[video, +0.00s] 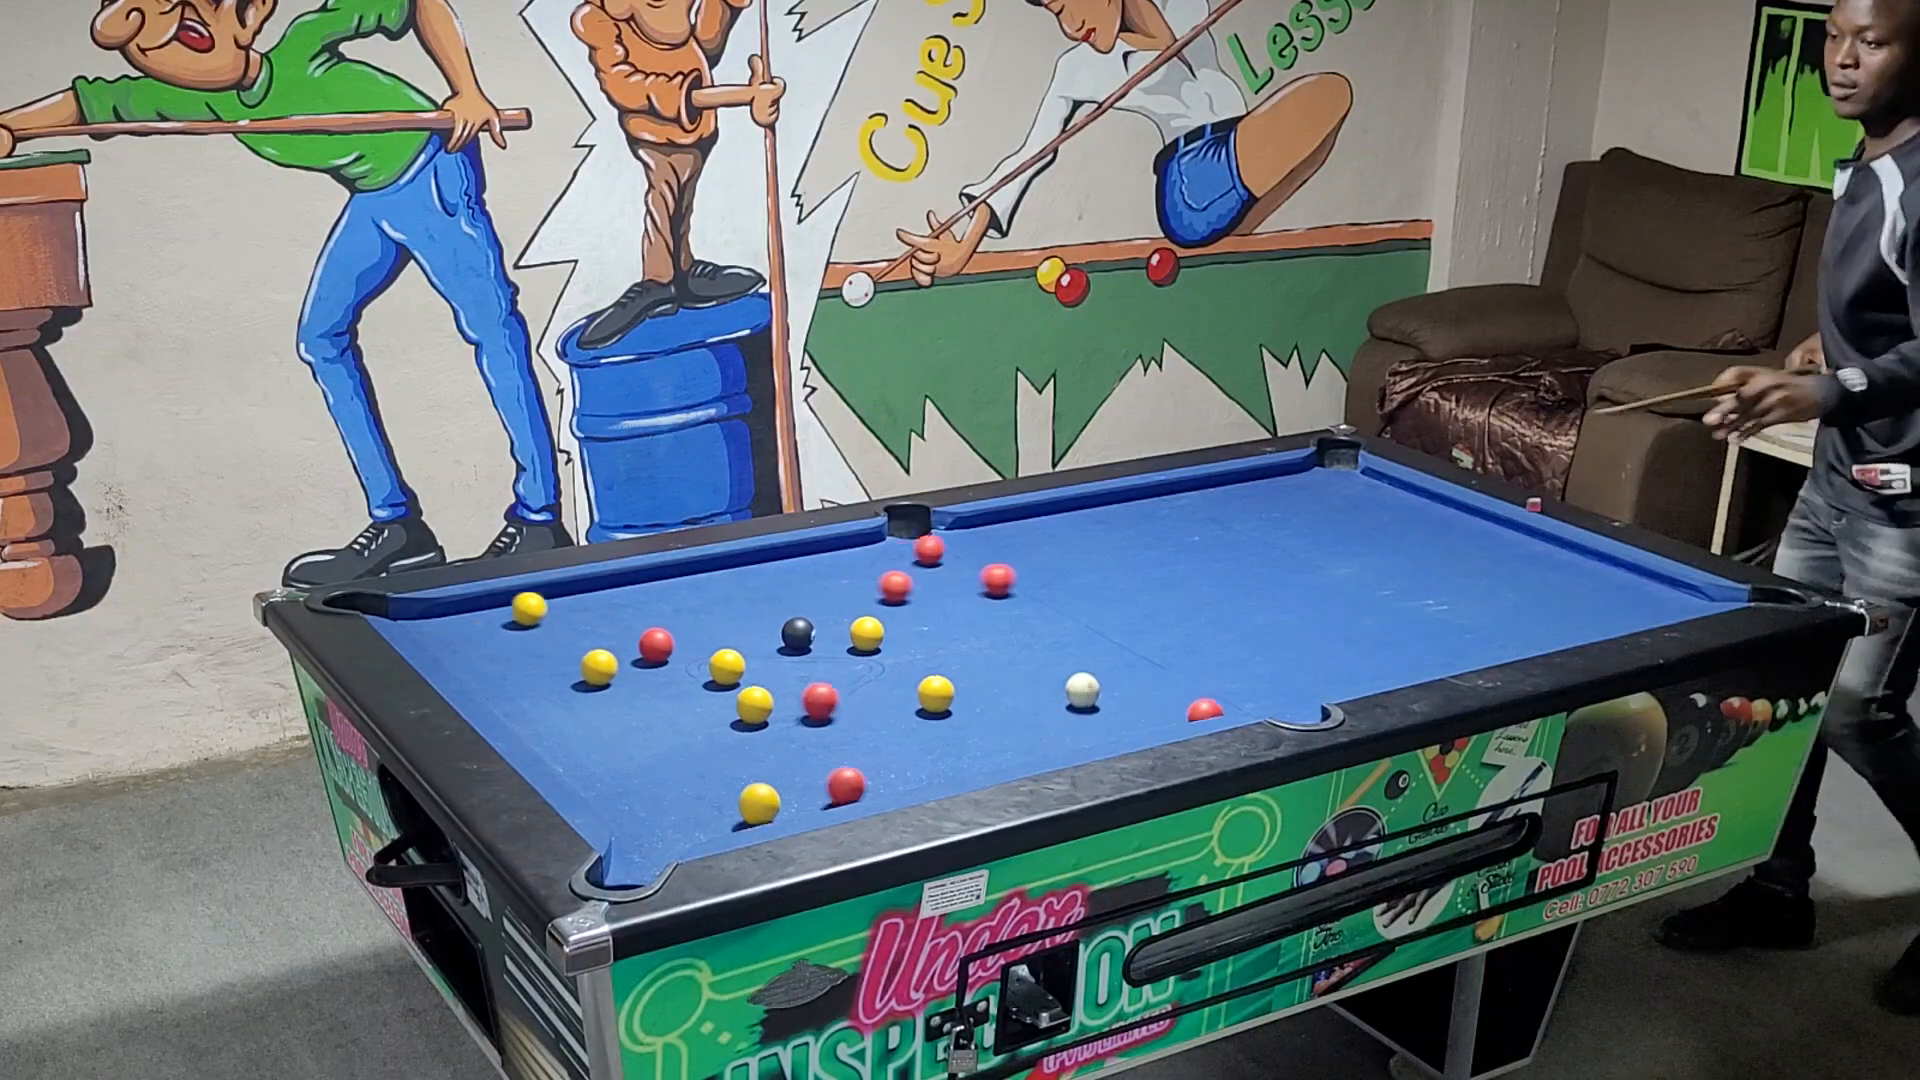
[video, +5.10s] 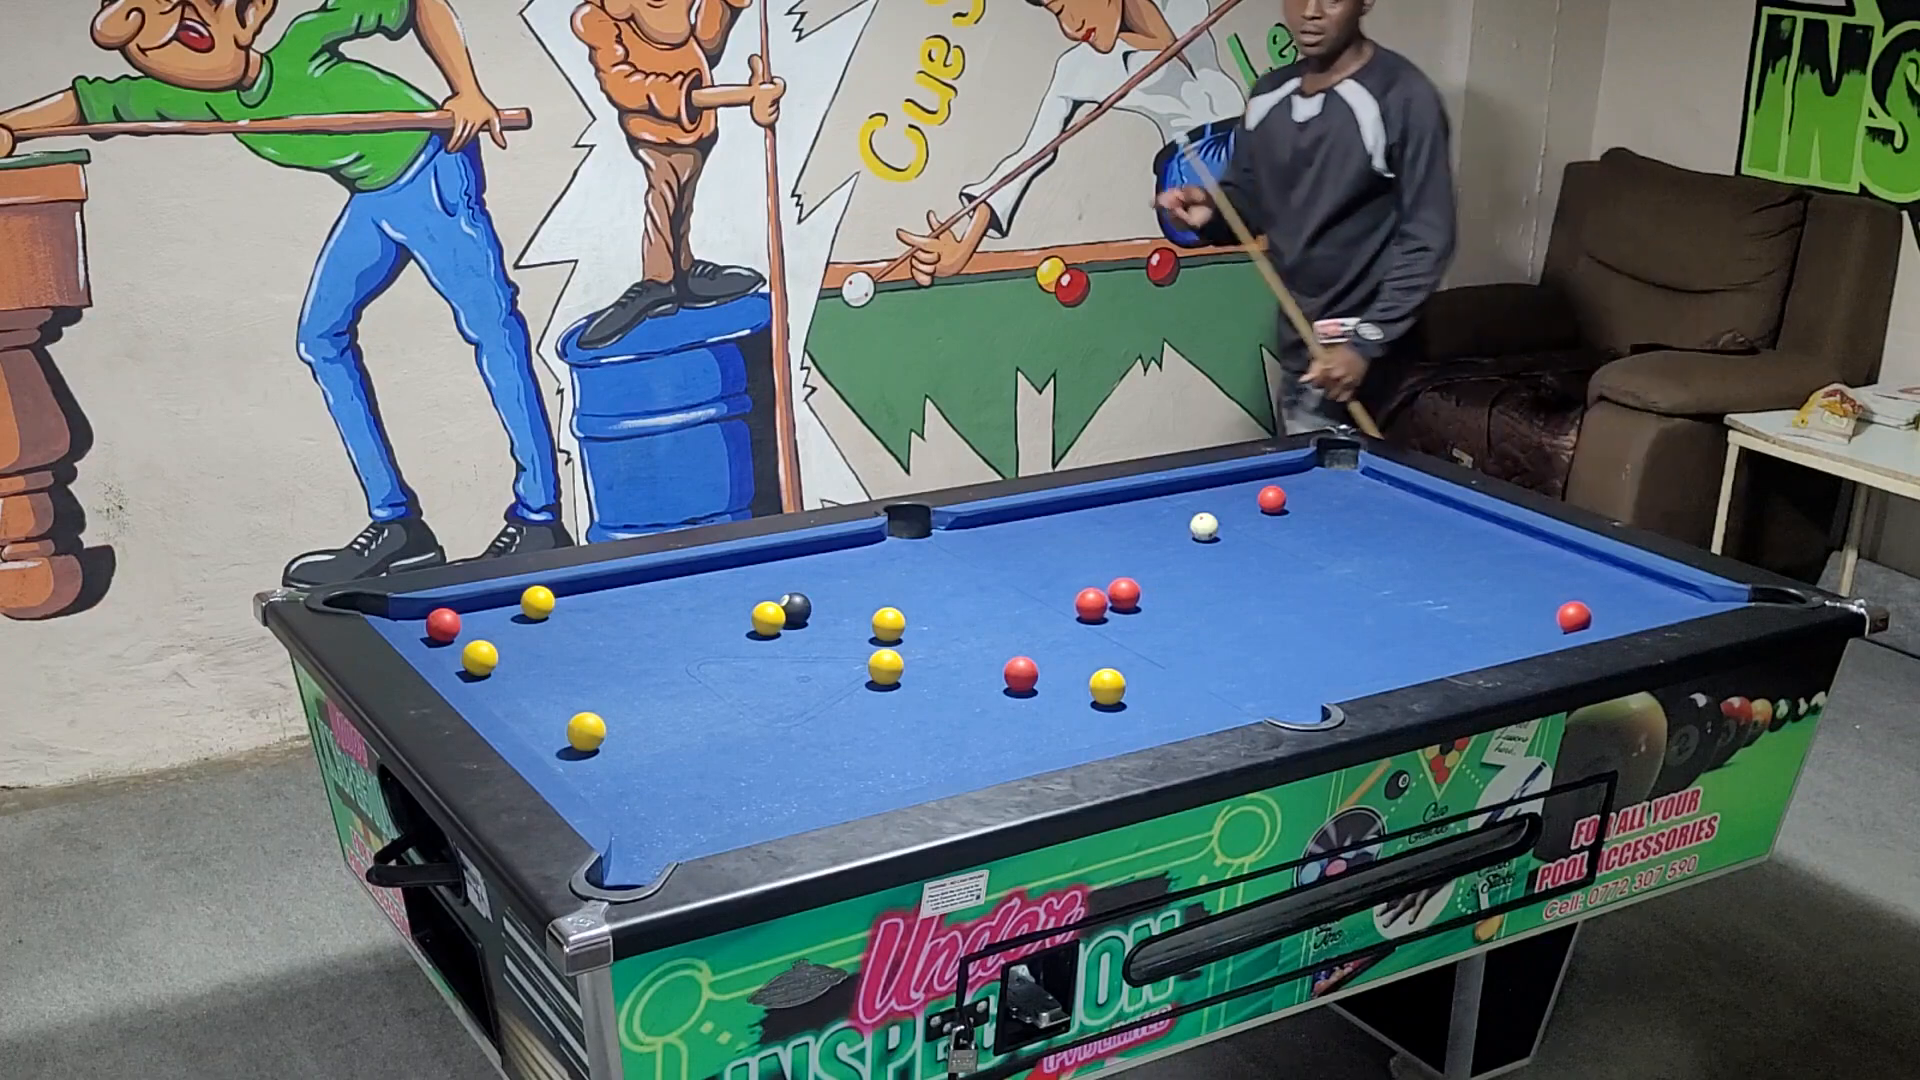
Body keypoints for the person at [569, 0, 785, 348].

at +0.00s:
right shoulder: (596, 19)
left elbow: (707, 47)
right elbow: (625, 88)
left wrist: (730, 6)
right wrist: (746, 95)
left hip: (694, 87)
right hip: (644, 103)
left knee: (688, 174)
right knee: (665, 174)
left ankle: (682, 268)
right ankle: (656, 281)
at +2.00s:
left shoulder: (696, 6)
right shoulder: (596, 19)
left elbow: (707, 47)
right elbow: (625, 88)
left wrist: (730, 6)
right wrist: (746, 95)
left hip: (694, 87)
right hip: (644, 103)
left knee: (688, 174)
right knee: (665, 174)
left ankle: (682, 268)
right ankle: (657, 280)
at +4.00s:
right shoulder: (596, 18)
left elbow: (707, 47)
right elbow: (625, 88)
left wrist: (729, 6)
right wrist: (746, 94)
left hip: (694, 87)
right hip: (644, 103)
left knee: (688, 175)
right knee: (665, 174)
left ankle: (682, 268)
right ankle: (657, 281)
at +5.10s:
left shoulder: (697, 6)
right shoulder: (597, 18)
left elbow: (707, 46)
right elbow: (624, 87)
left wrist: (730, 6)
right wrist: (746, 95)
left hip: (694, 86)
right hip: (645, 103)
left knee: (688, 174)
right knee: (666, 173)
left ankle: (682, 268)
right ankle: (657, 280)